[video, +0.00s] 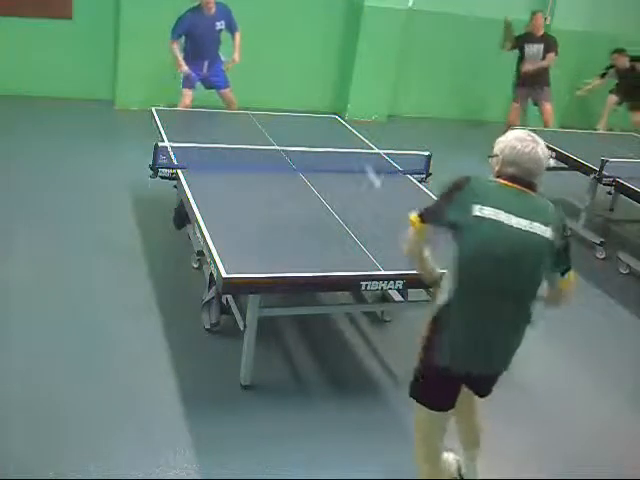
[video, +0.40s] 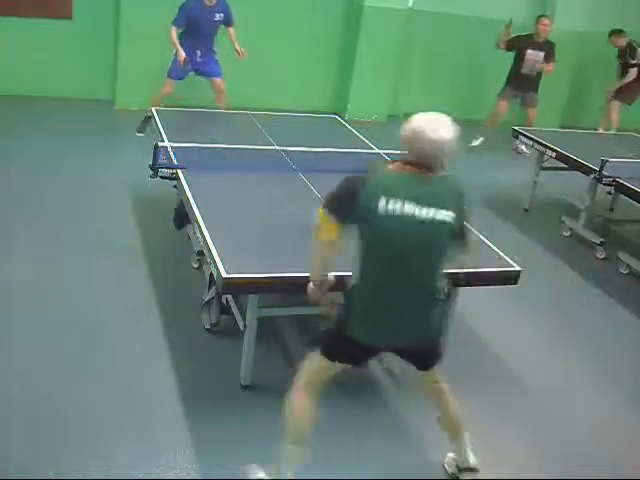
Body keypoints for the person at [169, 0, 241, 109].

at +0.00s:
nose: (210, 3)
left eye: (212, 1)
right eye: (206, 1)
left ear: (215, 1)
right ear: (201, 2)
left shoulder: (223, 11)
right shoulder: (189, 16)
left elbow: (235, 31)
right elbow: (174, 41)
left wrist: (236, 54)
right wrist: (181, 64)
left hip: (214, 63)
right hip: (192, 64)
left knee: (230, 100)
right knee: (186, 102)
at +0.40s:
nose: (212, 1)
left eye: (214, 0)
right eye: (210, 0)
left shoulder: (223, 6)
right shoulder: (190, 6)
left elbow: (229, 27)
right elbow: (173, 30)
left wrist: (236, 45)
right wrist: (179, 50)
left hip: (207, 53)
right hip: (186, 52)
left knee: (220, 89)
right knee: (167, 90)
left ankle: (221, 122)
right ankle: (148, 117)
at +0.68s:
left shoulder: (215, 7)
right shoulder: (187, 11)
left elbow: (217, 30)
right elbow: (177, 37)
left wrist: (220, 52)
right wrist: (198, 51)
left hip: (202, 50)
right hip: (182, 50)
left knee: (216, 85)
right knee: (167, 90)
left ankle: (218, 118)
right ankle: (147, 116)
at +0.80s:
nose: (225, 4)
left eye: (224, 2)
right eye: (224, 2)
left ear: (214, 1)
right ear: (219, 1)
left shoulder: (204, 8)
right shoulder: (212, 16)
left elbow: (204, 36)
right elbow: (226, 46)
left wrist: (219, 51)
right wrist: (251, 42)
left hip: (198, 57)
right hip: (188, 56)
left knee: (221, 82)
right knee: (172, 99)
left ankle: (223, 118)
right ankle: (143, 115)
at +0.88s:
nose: (238, 5)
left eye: (237, 2)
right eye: (236, 2)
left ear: (224, 1)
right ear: (229, 2)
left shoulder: (210, 10)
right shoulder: (223, 16)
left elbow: (206, 39)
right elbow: (240, 46)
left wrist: (223, 52)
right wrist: (265, 43)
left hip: (203, 59)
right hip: (195, 58)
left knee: (227, 83)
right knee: (175, 98)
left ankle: (226, 119)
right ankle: (141, 116)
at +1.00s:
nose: (249, 5)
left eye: (249, 3)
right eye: (249, 2)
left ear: (238, 0)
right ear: (244, 2)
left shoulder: (224, 9)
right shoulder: (237, 16)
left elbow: (227, 37)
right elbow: (248, 50)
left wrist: (242, 51)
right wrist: (268, 58)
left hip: (213, 56)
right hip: (209, 55)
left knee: (235, 82)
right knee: (192, 98)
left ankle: (227, 121)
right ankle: (151, 112)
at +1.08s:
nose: (254, 3)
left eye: (254, 1)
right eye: (253, 1)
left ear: (244, 1)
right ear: (247, 1)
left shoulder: (233, 8)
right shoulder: (239, 14)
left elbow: (247, 37)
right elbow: (245, 46)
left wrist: (262, 50)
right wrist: (263, 65)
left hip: (219, 54)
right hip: (212, 52)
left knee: (238, 83)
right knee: (201, 96)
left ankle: (230, 117)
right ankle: (169, 111)